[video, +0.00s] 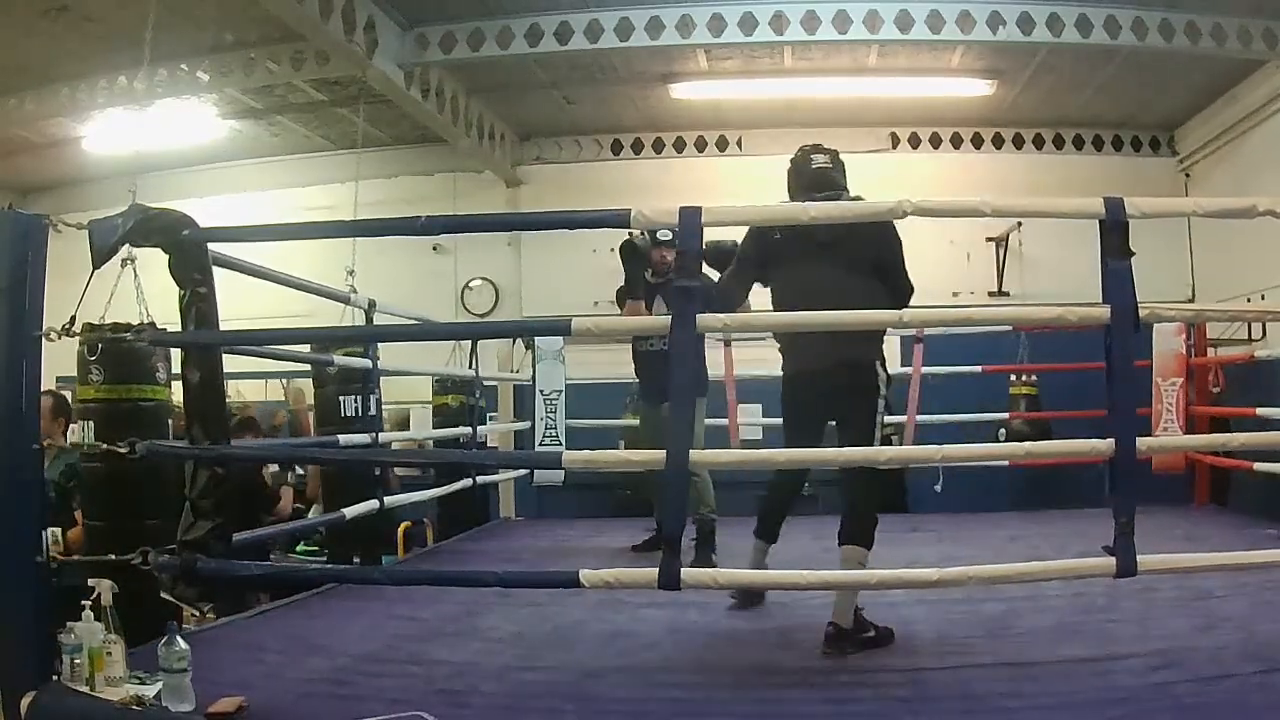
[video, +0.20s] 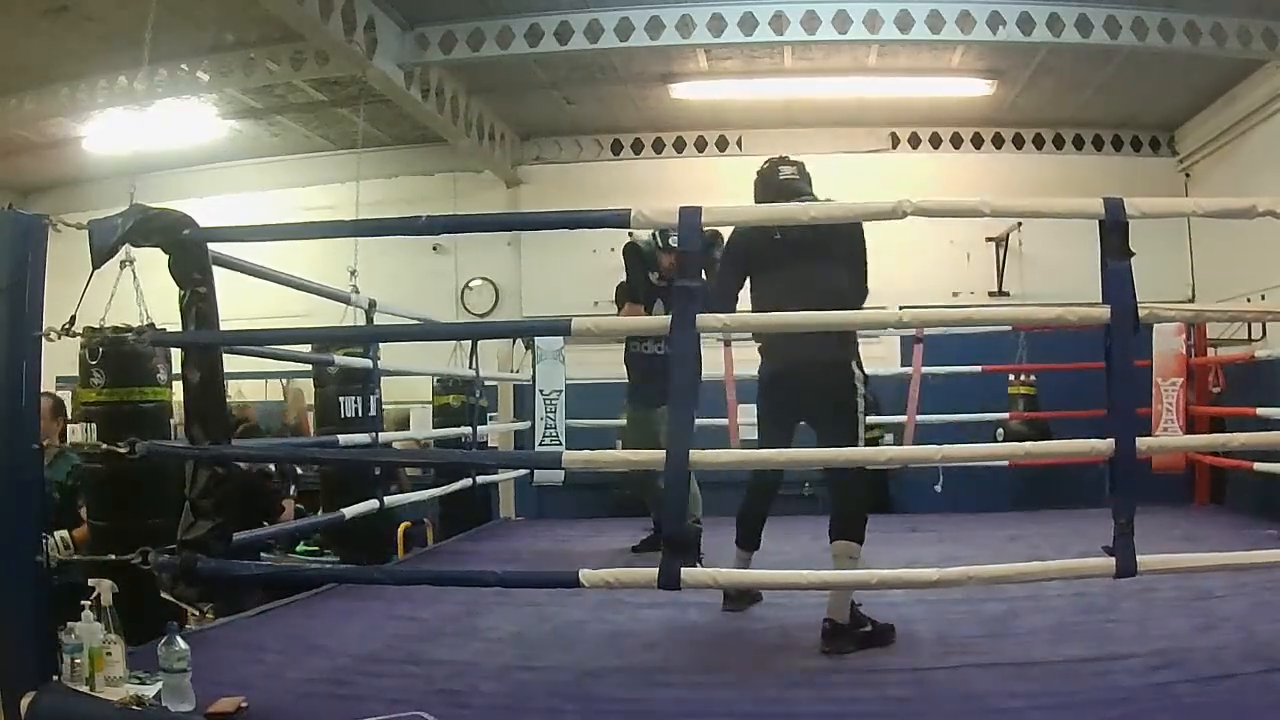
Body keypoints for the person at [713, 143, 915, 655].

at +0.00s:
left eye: (801, 172)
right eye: (829, 167)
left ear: (792, 182)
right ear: (842, 178)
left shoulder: (771, 227)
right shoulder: (873, 220)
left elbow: (729, 297)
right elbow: (900, 293)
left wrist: (705, 282)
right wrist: (852, 285)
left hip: (799, 371)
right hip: (857, 369)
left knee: (791, 469)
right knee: (862, 485)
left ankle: (751, 576)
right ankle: (844, 621)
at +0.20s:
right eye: (798, 175)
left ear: (760, 194)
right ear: (809, 185)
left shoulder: (749, 230)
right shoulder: (843, 220)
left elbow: (720, 301)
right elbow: (855, 294)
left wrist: (714, 261)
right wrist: (810, 302)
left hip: (777, 370)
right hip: (832, 368)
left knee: (765, 474)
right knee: (849, 484)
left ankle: (738, 583)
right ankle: (841, 617)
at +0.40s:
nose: (809, 194)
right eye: (812, 185)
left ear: (770, 193)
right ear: (820, 189)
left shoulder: (751, 229)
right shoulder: (844, 225)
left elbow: (717, 297)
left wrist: (735, 244)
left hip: (772, 370)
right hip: (828, 367)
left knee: (764, 469)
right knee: (857, 476)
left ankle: (737, 582)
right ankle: (858, 611)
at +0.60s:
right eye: (830, 189)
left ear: (784, 194)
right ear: (837, 192)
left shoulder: (757, 237)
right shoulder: (857, 236)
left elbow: (735, 311)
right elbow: (852, 309)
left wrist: (754, 336)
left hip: (774, 378)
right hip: (832, 379)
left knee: (770, 471)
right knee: (862, 485)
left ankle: (738, 579)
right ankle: (864, 616)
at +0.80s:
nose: (757, 222)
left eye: (752, 213)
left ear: (746, 214)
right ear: (796, 200)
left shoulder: (745, 256)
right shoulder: (838, 232)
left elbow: (732, 326)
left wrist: (719, 249)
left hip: (794, 386)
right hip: (857, 381)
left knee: (771, 477)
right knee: (869, 490)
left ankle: (739, 581)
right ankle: (868, 617)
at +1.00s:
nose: (789, 209)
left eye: (779, 200)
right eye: (806, 191)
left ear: (766, 202)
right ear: (819, 195)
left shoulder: (753, 248)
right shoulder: (851, 232)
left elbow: (737, 330)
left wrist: (733, 320)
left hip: (790, 386)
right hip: (850, 381)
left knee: (781, 471)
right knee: (897, 481)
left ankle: (747, 570)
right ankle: (905, 607)